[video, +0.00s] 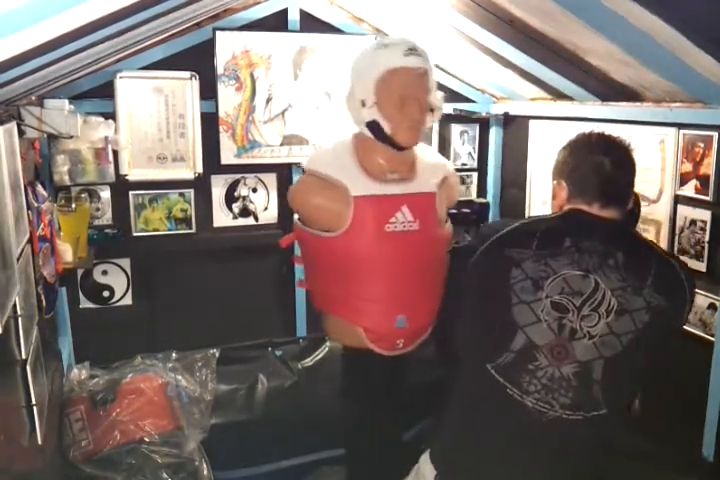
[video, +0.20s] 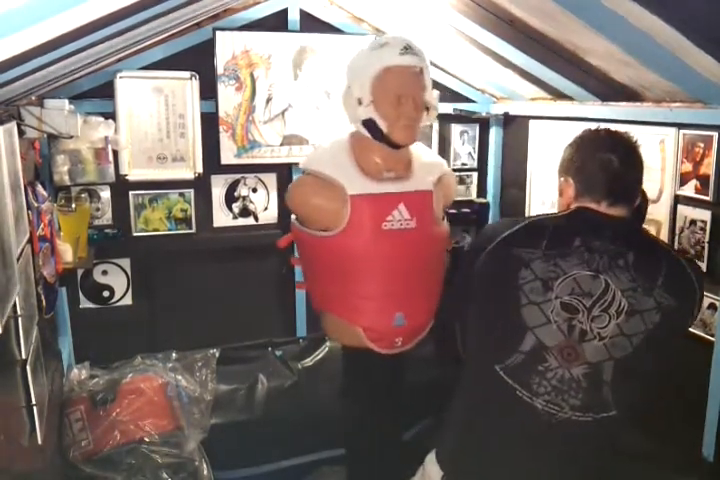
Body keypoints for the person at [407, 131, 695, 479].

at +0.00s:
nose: (552, 197)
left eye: (551, 189)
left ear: (560, 193)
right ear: (631, 203)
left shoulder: (500, 246)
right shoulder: (671, 281)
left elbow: (459, 343)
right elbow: (647, 380)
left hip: (481, 451)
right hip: (590, 460)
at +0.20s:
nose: (559, 196)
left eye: (559, 187)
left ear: (567, 190)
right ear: (639, 202)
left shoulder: (499, 243)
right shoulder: (682, 280)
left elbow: (462, 343)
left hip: (489, 457)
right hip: (613, 465)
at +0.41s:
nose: (564, 196)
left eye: (564, 187)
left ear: (572, 192)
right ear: (646, 205)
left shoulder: (506, 246)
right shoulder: (684, 283)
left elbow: (465, 342)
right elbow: (665, 392)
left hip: (485, 458)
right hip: (609, 466)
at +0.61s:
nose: (566, 191)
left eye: (567, 183)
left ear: (575, 191)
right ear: (650, 201)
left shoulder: (509, 253)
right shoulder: (685, 286)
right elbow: (674, 402)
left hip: (500, 461)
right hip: (620, 467)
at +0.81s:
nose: (542, 175)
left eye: (548, 168)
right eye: (549, 166)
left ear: (556, 184)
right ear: (622, 192)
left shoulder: (483, 259)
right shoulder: (661, 292)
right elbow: (674, 420)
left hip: (480, 465)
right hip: (598, 470)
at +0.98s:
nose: (464, 120)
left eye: (474, 108)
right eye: (472, 107)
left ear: (492, 121)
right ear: (539, 122)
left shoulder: (460, 203)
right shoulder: (594, 212)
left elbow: (361, 283)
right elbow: (669, 302)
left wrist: (440, 183)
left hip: (474, 448)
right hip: (565, 450)